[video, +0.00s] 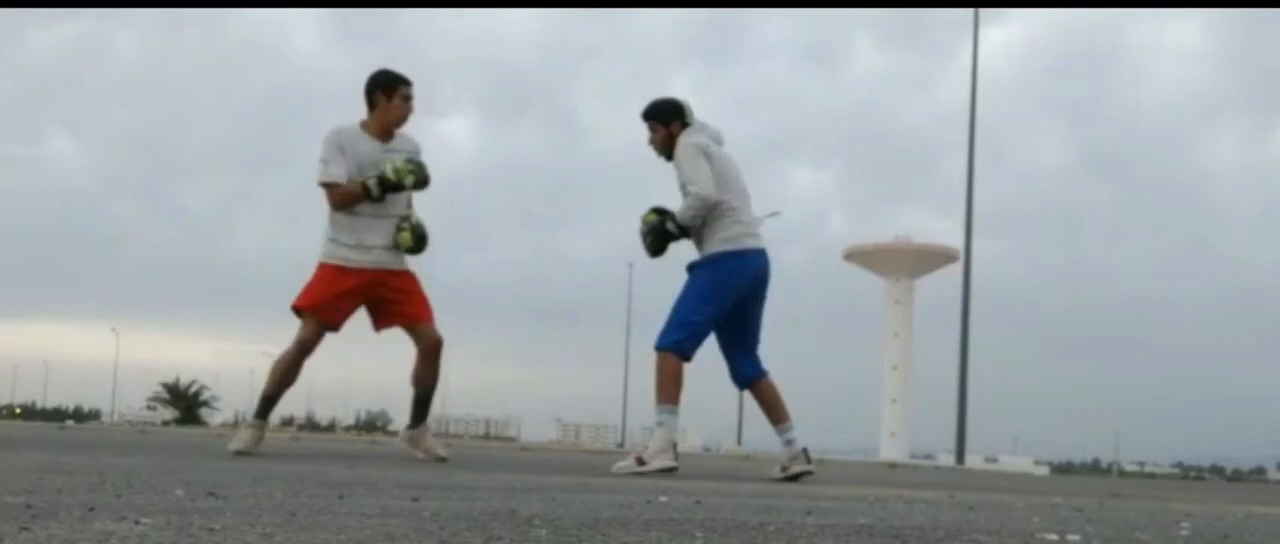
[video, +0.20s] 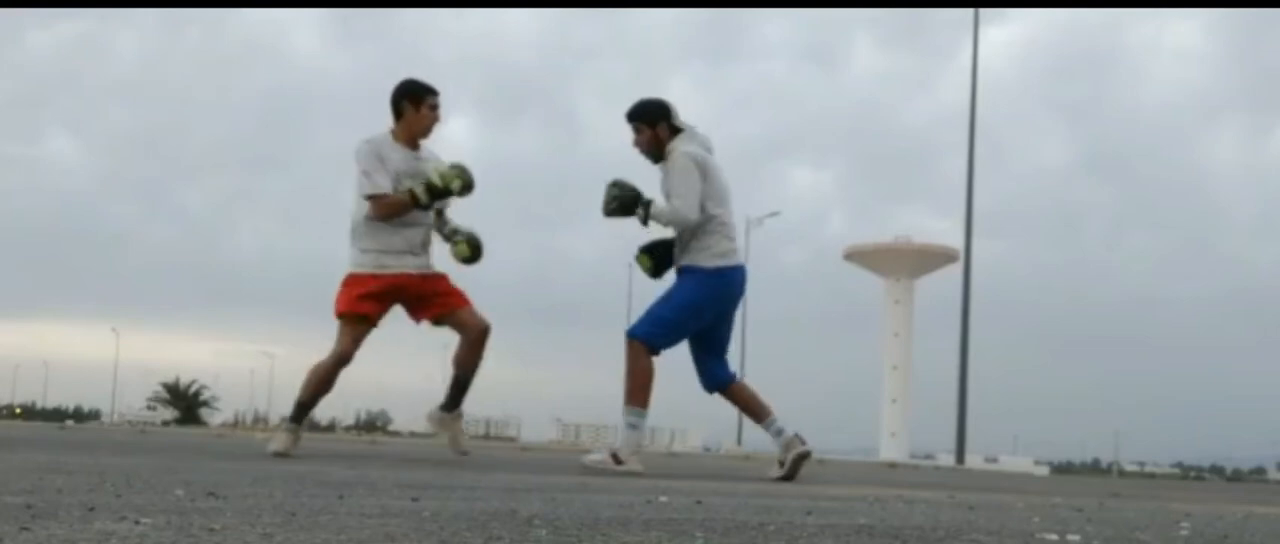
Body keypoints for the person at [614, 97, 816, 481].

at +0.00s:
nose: (650, 142)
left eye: (652, 133)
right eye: (649, 133)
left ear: (671, 127)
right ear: (677, 126)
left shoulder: (688, 147)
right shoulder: (710, 148)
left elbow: (703, 195)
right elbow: (721, 211)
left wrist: (675, 224)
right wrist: (680, 226)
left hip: (725, 261)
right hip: (752, 260)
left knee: (670, 347)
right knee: (746, 364)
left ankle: (661, 447)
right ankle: (794, 452)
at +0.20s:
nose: (635, 144)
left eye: (638, 134)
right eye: (634, 135)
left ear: (659, 130)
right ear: (661, 130)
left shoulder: (682, 157)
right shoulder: (690, 155)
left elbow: (685, 214)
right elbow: (705, 222)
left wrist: (642, 206)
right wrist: (673, 249)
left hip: (707, 274)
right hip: (722, 274)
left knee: (640, 340)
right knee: (716, 375)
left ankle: (628, 450)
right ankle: (787, 443)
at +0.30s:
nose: (623, 143)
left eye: (628, 134)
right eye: (622, 134)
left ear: (652, 133)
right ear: (648, 133)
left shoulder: (678, 166)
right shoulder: (649, 165)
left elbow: (701, 230)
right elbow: (636, 187)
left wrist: (657, 204)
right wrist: (605, 188)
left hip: (694, 286)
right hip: (688, 286)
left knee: (626, 343)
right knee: (714, 380)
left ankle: (612, 450)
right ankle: (796, 441)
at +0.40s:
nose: (643, 178)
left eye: (650, 170)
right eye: (637, 171)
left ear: (661, 160)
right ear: (626, 163)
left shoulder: (678, 197)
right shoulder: (625, 180)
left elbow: (668, 265)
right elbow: (579, 172)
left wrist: (639, 232)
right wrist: (531, 154)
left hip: (706, 277)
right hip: (683, 283)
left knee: (650, 343)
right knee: (715, 379)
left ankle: (617, 450)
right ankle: (803, 430)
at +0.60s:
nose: (671, 204)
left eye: (679, 199)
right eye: (666, 196)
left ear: (695, 190)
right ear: (658, 185)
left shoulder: (706, 219)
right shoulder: (652, 199)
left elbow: (669, 278)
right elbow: (602, 201)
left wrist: (652, 238)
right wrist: (546, 202)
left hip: (708, 296)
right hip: (691, 297)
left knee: (629, 346)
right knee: (685, 402)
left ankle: (614, 451)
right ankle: (780, 410)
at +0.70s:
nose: (720, 181)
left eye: (728, 175)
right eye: (715, 172)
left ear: (739, 172)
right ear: (706, 166)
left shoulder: (741, 208)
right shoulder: (693, 188)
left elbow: (697, 259)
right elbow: (653, 223)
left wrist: (691, 215)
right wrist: (616, 256)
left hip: (718, 297)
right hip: (698, 294)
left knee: (640, 348)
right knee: (683, 400)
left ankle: (614, 450)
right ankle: (771, 434)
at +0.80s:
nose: (760, 168)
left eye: (768, 162)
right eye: (757, 160)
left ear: (782, 162)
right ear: (750, 156)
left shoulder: (780, 201)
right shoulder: (737, 187)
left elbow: (738, 241)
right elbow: (711, 241)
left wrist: (727, 201)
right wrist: (685, 278)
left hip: (739, 291)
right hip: (712, 290)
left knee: (681, 361)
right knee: (709, 391)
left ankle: (637, 442)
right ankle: (782, 445)